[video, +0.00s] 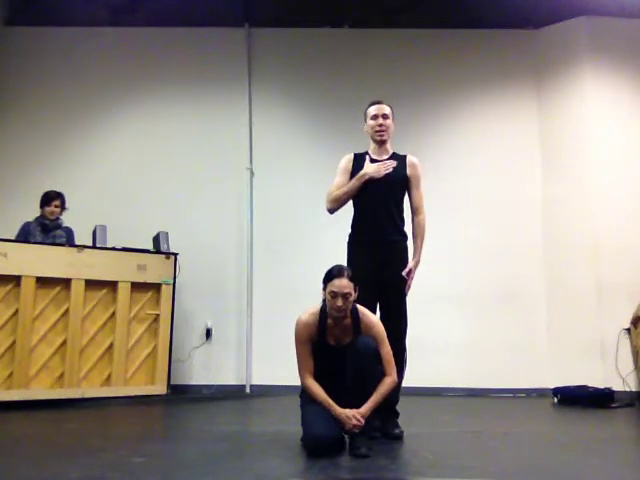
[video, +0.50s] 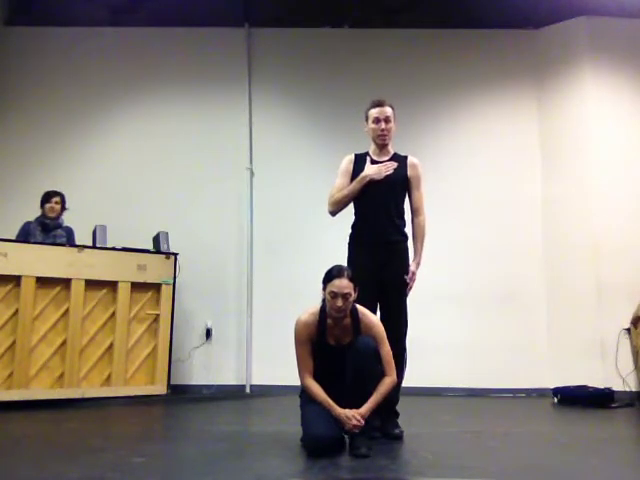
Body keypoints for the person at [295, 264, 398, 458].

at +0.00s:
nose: (339, 304)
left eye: (346, 297)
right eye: (333, 296)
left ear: (355, 295)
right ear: (324, 293)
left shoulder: (370, 323)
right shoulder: (307, 324)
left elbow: (391, 377)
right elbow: (306, 379)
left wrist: (362, 414)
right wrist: (338, 413)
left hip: (356, 393)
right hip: (321, 396)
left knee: (365, 346)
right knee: (320, 445)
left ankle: (360, 434)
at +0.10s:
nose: (339, 304)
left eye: (346, 297)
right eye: (333, 296)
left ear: (355, 295)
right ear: (324, 293)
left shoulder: (370, 323)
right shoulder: (307, 324)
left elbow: (391, 377)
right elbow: (306, 378)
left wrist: (362, 414)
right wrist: (338, 413)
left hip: (356, 393)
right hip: (321, 395)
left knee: (365, 346)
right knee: (320, 445)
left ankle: (360, 434)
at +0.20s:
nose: (339, 303)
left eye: (346, 297)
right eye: (333, 296)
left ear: (355, 295)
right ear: (324, 293)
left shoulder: (370, 323)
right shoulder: (307, 324)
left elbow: (391, 377)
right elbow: (307, 378)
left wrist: (362, 413)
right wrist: (338, 413)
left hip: (356, 394)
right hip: (321, 395)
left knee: (365, 346)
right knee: (320, 445)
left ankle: (360, 433)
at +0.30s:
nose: (339, 303)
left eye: (346, 297)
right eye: (333, 296)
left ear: (355, 295)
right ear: (324, 293)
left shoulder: (370, 323)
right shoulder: (307, 324)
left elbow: (391, 377)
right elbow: (307, 379)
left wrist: (362, 413)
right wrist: (338, 413)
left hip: (356, 394)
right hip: (321, 395)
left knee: (365, 346)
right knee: (320, 445)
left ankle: (360, 433)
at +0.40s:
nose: (339, 304)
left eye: (346, 297)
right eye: (333, 296)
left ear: (355, 295)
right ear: (324, 293)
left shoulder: (370, 323)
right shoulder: (306, 324)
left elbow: (391, 377)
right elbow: (306, 378)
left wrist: (362, 414)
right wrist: (338, 413)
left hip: (356, 394)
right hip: (321, 396)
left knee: (365, 346)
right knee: (320, 445)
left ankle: (360, 433)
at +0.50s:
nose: (339, 304)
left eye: (346, 297)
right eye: (333, 296)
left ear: (355, 295)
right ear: (324, 293)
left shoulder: (370, 323)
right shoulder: (306, 324)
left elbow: (391, 377)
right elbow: (306, 378)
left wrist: (362, 414)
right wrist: (338, 413)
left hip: (356, 394)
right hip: (321, 395)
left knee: (365, 346)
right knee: (320, 445)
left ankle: (360, 433)